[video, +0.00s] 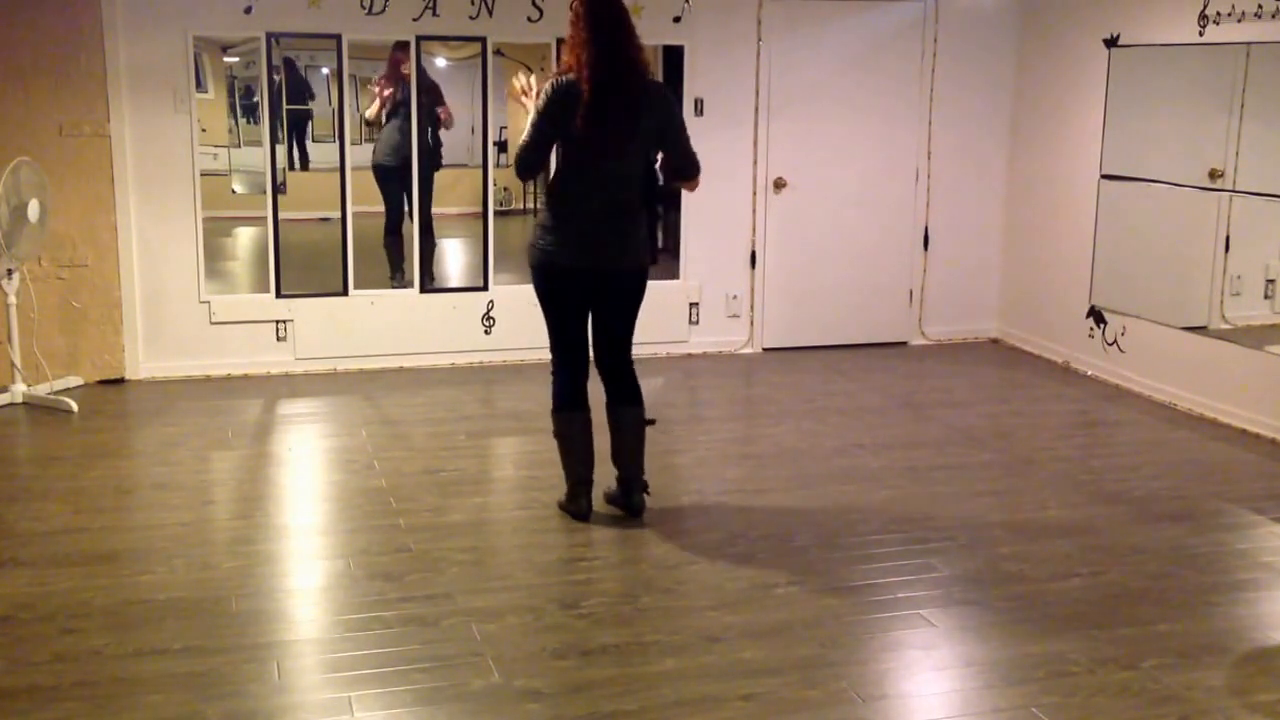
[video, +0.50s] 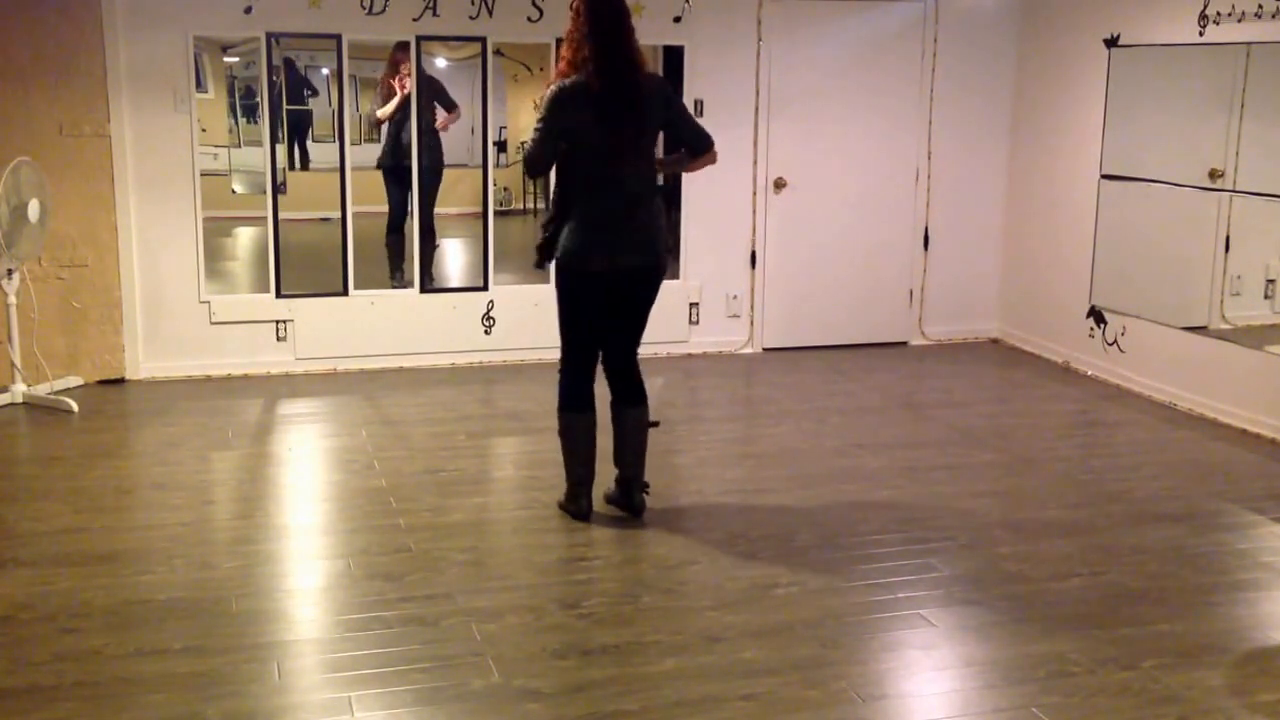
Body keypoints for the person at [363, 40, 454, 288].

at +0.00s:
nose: (404, 67)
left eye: (408, 62)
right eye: (399, 62)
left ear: (417, 61)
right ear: (392, 62)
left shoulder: (429, 86)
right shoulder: (386, 84)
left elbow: (446, 124)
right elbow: (370, 119)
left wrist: (445, 118)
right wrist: (380, 100)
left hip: (422, 160)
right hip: (388, 159)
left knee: (423, 216)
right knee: (394, 216)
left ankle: (427, 273)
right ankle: (397, 272)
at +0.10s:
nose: (404, 67)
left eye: (408, 62)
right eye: (399, 63)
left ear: (417, 61)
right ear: (392, 65)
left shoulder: (430, 86)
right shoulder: (389, 87)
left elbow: (453, 121)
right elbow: (371, 117)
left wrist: (443, 116)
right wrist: (383, 94)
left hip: (421, 162)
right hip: (389, 160)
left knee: (421, 217)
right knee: (393, 217)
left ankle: (426, 273)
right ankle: (396, 273)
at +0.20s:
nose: (405, 68)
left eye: (409, 63)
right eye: (400, 64)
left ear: (418, 62)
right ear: (392, 66)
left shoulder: (431, 87)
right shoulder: (390, 89)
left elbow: (455, 118)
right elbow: (372, 118)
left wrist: (444, 117)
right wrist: (387, 93)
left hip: (422, 162)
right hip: (388, 161)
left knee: (420, 218)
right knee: (393, 217)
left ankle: (426, 274)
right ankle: (396, 273)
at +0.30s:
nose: (404, 70)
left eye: (408, 64)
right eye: (399, 66)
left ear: (417, 63)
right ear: (391, 68)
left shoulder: (429, 85)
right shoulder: (387, 87)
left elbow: (455, 114)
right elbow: (375, 118)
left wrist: (444, 119)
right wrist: (394, 93)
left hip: (425, 161)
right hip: (391, 160)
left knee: (421, 217)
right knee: (393, 215)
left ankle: (425, 274)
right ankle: (396, 273)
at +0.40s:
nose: (406, 69)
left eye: (410, 64)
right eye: (401, 65)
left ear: (417, 62)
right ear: (393, 66)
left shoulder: (428, 84)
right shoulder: (387, 86)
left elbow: (454, 112)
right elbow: (378, 117)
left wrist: (444, 121)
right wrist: (397, 95)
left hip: (426, 159)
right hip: (394, 159)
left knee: (423, 217)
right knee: (395, 215)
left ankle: (426, 274)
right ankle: (396, 273)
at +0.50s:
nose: (406, 69)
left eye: (410, 64)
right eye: (401, 65)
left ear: (417, 62)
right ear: (393, 65)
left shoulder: (428, 83)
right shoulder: (387, 85)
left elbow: (454, 110)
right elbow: (377, 117)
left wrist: (446, 122)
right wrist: (399, 96)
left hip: (428, 159)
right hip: (396, 159)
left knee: (425, 216)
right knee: (397, 214)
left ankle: (426, 273)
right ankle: (396, 272)